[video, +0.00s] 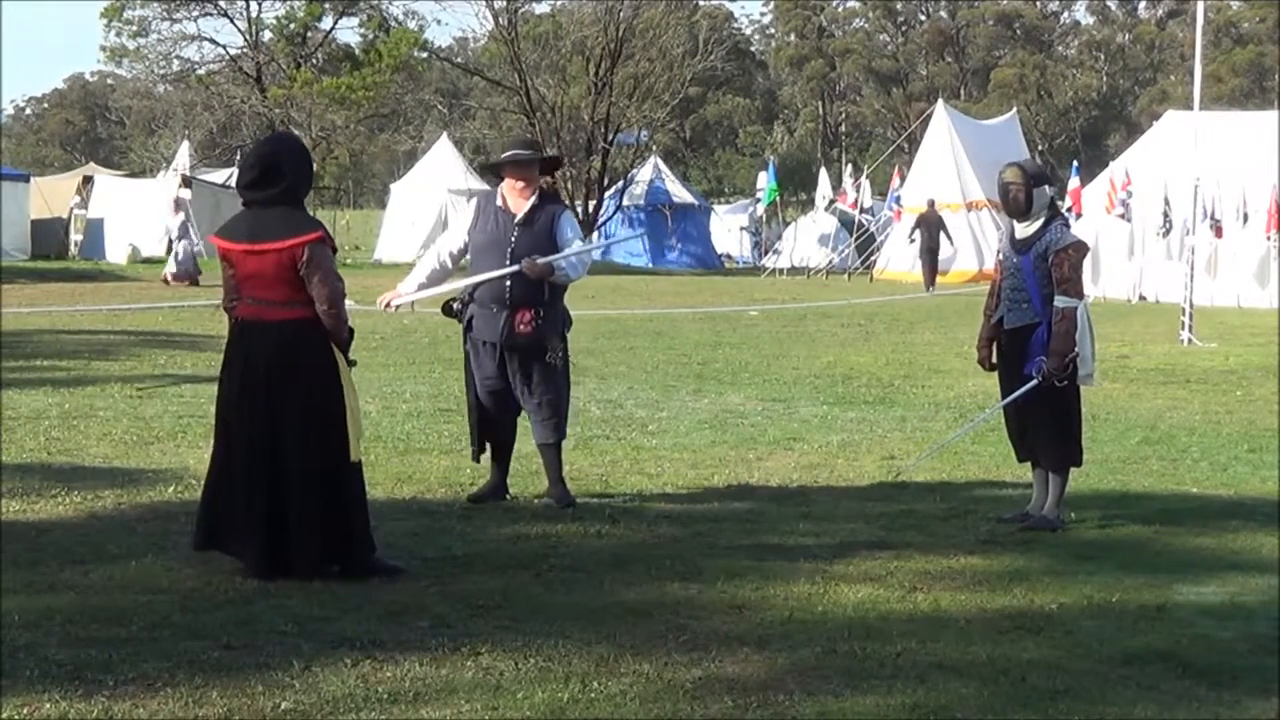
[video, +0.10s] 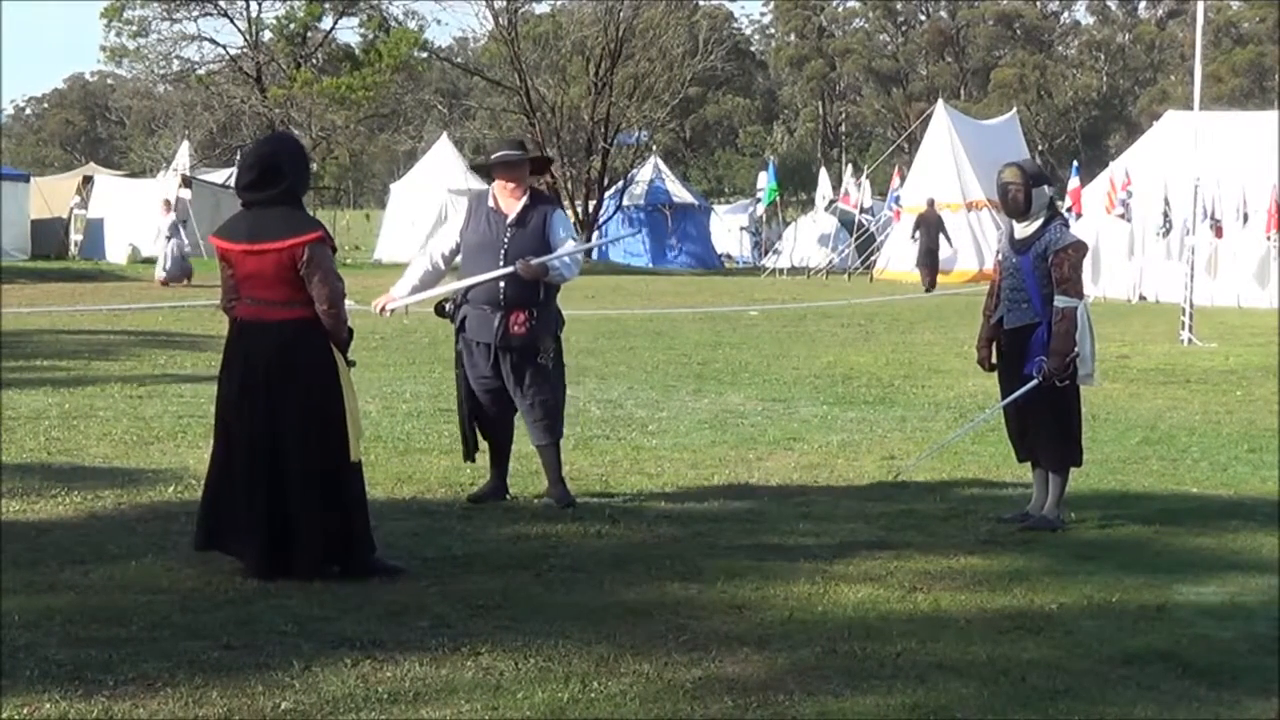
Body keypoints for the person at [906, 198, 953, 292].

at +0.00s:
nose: (930, 206)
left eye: (929, 204)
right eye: (932, 204)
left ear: (927, 205)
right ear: (934, 205)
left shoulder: (922, 216)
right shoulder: (938, 216)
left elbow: (914, 227)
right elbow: (945, 229)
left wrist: (910, 236)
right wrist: (950, 240)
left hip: (925, 245)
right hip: (935, 245)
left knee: (926, 265)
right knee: (934, 265)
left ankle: (927, 286)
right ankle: (932, 284)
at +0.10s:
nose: (931, 206)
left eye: (929, 204)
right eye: (932, 204)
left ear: (926, 204)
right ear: (934, 204)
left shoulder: (921, 215)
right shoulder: (937, 216)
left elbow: (915, 227)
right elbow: (944, 230)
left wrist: (912, 236)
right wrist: (950, 242)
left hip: (924, 244)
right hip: (934, 244)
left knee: (922, 264)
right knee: (933, 265)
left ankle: (926, 281)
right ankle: (932, 284)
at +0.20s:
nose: (930, 204)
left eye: (929, 202)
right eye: (932, 203)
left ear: (926, 203)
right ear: (933, 203)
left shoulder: (921, 214)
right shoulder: (937, 215)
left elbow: (915, 226)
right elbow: (942, 228)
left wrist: (912, 234)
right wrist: (947, 239)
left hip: (924, 243)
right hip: (934, 243)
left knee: (921, 261)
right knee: (933, 263)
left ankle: (924, 277)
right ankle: (932, 284)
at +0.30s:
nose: (928, 204)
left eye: (927, 202)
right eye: (930, 202)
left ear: (924, 203)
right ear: (932, 203)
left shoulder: (920, 214)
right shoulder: (936, 214)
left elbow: (915, 226)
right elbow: (942, 226)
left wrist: (913, 234)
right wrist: (942, 233)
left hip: (922, 243)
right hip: (933, 244)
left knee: (920, 262)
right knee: (932, 263)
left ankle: (921, 282)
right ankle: (931, 284)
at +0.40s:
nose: (927, 205)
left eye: (926, 203)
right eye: (929, 203)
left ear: (924, 204)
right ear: (931, 204)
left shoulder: (919, 214)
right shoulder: (936, 214)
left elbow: (915, 228)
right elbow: (943, 227)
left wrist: (912, 236)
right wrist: (937, 233)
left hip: (921, 243)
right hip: (932, 243)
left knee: (920, 264)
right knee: (932, 263)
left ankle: (920, 285)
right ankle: (931, 285)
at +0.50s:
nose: (926, 207)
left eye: (925, 205)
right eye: (927, 205)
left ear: (923, 205)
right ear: (930, 205)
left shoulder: (918, 216)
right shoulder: (935, 216)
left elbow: (913, 228)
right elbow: (941, 229)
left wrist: (909, 238)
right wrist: (933, 231)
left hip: (920, 245)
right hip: (930, 245)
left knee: (919, 266)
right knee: (931, 265)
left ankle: (920, 285)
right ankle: (930, 285)